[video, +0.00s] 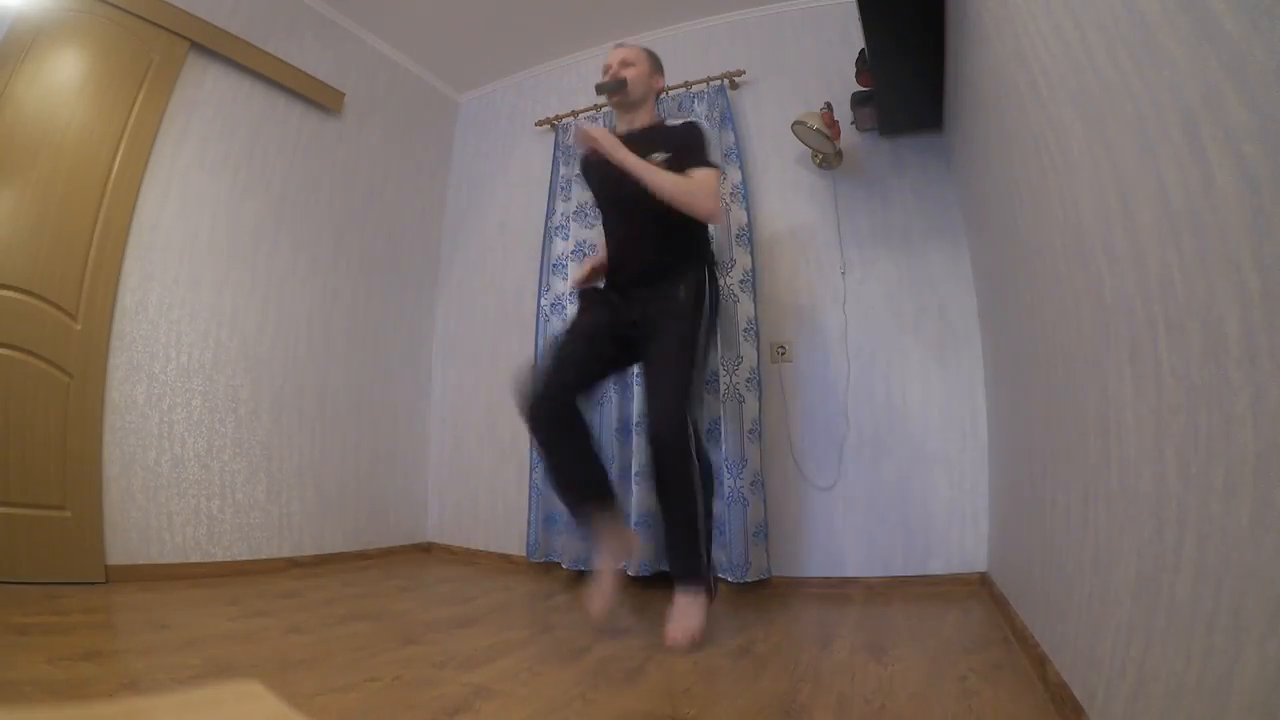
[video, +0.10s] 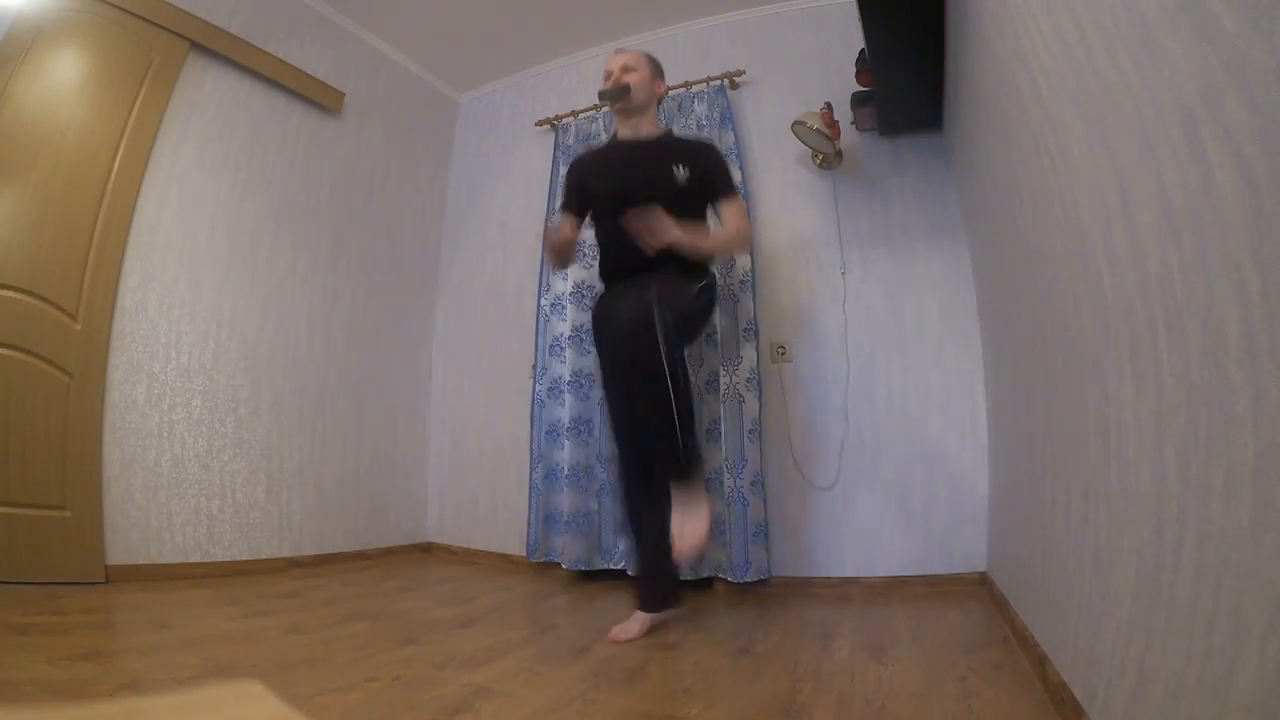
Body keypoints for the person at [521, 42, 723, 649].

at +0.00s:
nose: (614, 70)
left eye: (628, 62)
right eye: (607, 66)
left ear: (658, 82)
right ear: (601, 89)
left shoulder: (682, 137)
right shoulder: (597, 157)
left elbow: (709, 205)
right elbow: (632, 228)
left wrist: (621, 155)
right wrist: (598, 261)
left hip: (678, 296)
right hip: (616, 301)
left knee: (667, 428)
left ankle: (691, 583)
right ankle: (608, 529)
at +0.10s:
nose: (617, 78)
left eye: (630, 69)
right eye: (609, 74)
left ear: (660, 88)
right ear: (602, 96)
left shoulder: (696, 155)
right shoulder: (588, 167)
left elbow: (737, 234)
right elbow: (560, 257)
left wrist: (679, 235)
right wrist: (556, 241)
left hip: (684, 286)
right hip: (618, 300)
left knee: (642, 323)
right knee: (636, 447)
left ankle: (685, 481)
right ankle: (655, 597)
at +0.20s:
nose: (609, 85)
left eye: (622, 76)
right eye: (602, 81)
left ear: (653, 93)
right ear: (596, 103)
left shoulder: (692, 155)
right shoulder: (588, 170)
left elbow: (741, 214)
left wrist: (714, 249)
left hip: (691, 289)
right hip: (626, 305)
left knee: (639, 326)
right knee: (630, 447)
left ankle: (678, 490)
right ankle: (651, 590)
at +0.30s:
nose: (607, 79)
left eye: (621, 70)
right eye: (600, 75)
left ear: (652, 89)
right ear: (595, 96)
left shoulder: (683, 138)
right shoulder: (597, 172)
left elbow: (752, 206)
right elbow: (596, 262)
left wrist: (671, 203)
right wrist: (574, 242)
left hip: (687, 300)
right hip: (626, 304)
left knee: (678, 432)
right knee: (547, 383)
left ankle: (703, 578)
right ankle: (596, 520)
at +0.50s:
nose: (612, 74)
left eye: (626, 66)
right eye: (604, 69)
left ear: (655, 84)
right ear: (597, 89)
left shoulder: (685, 139)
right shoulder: (595, 159)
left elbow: (722, 212)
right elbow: (612, 225)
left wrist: (644, 164)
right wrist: (596, 249)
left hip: (681, 292)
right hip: (617, 297)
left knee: (675, 409)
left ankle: (699, 568)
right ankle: (601, 545)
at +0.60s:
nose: (614, 87)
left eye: (628, 78)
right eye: (607, 82)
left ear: (658, 93)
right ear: (599, 101)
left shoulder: (693, 165)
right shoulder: (585, 175)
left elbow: (728, 248)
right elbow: (554, 262)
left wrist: (679, 230)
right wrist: (553, 240)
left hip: (681, 297)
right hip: (614, 308)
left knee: (646, 287)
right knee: (620, 453)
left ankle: (673, 449)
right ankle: (643, 597)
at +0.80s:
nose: (602, 70)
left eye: (616, 61)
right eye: (595, 67)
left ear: (647, 80)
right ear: (591, 90)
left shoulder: (685, 134)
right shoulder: (587, 161)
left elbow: (736, 209)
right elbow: (577, 248)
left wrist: (679, 203)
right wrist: (558, 225)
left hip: (678, 272)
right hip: (617, 280)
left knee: (648, 371)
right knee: (555, 383)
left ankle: (655, 538)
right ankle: (603, 527)